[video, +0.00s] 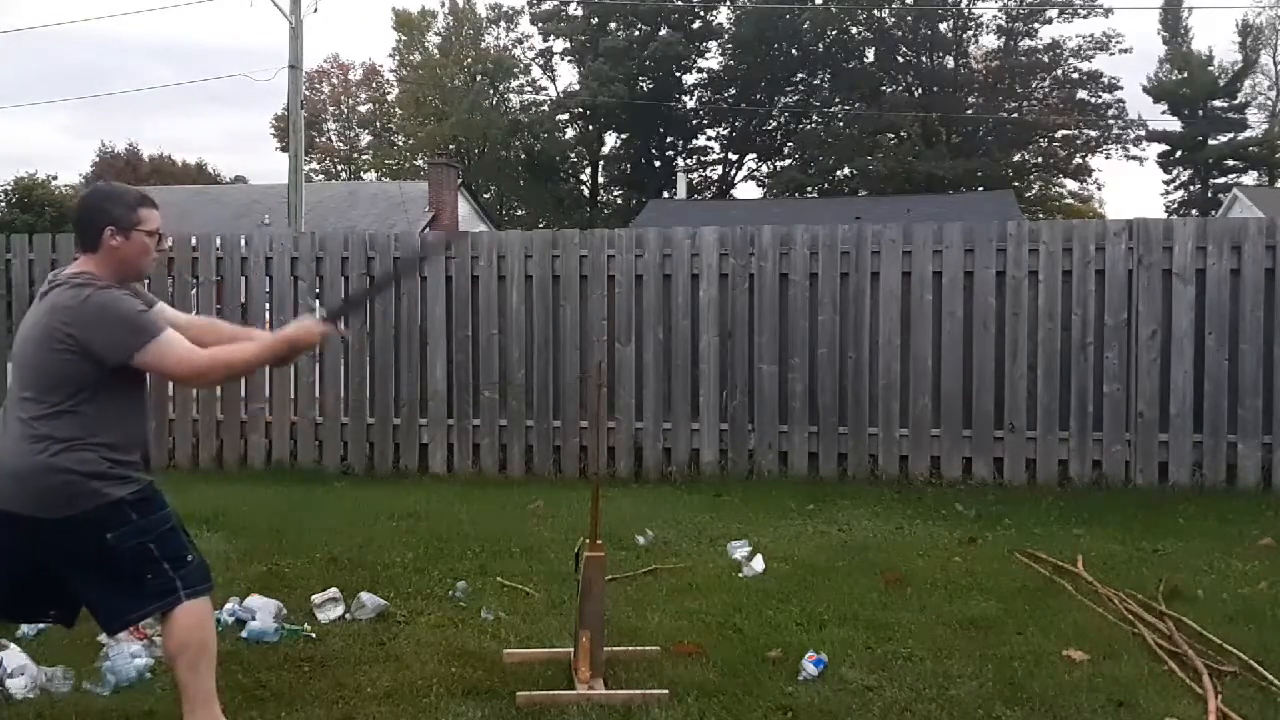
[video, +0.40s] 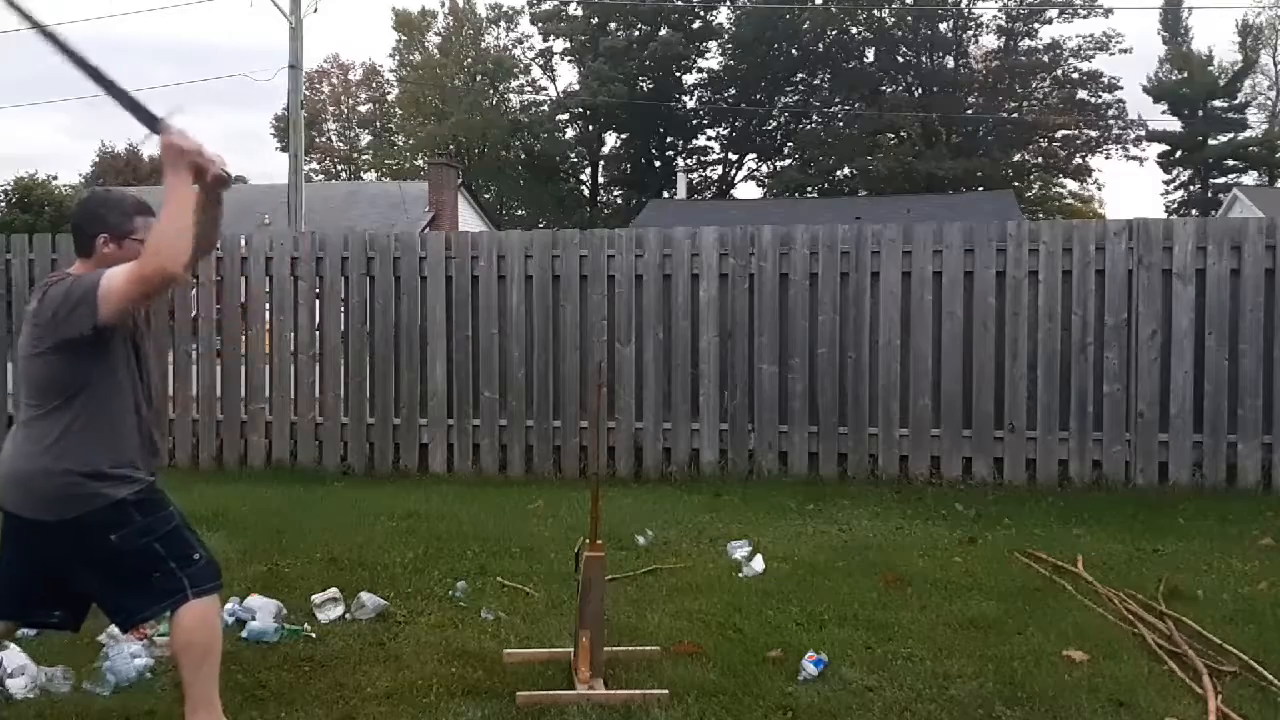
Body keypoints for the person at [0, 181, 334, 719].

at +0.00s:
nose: (161, 245)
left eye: (160, 234)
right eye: (152, 234)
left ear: (111, 240)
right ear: (113, 239)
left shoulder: (78, 287)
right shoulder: (103, 305)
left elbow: (190, 327)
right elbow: (194, 367)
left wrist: (273, 339)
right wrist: (285, 344)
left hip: (23, 490)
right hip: (95, 488)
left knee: (10, 610)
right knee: (185, 590)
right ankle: (204, 711)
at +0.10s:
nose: (158, 248)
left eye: (157, 238)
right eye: (150, 237)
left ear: (107, 241)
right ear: (110, 240)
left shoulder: (84, 285)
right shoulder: (93, 300)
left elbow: (194, 303)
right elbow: (198, 341)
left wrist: (271, 292)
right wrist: (276, 289)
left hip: (22, 487)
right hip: (90, 487)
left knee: (12, 612)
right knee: (186, 587)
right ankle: (204, 712)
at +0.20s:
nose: (153, 251)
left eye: (154, 241)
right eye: (147, 241)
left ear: (103, 242)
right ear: (107, 241)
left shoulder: (70, 285)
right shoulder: (85, 298)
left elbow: (189, 276)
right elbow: (193, 308)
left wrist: (255, 254)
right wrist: (251, 236)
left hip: (23, 483)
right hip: (86, 485)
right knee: (188, 586)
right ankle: (204, 713)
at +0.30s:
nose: (156, 255)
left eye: (157, 243)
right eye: (146, 243)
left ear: (100, 244)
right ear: (106, 243)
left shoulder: (65, 289)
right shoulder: (78, 297)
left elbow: (176, 289)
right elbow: (181, 281)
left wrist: (230, 221)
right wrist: (214, 195)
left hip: (25, 489)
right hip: (93, 489)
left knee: (9, 612)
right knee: (191, 587)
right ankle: (204, 713)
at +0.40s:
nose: (152, 253)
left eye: (152, 240)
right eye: (141, 241)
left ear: (107, 244)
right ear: (105, 243)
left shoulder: (94, 293)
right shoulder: (67, 297)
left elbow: (183, 260)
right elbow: (163, 266)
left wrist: (209, 195)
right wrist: (179, 171)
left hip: (36, 485)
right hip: (93, 485)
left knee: (13, 612)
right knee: (196, 585)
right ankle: (205, 713)